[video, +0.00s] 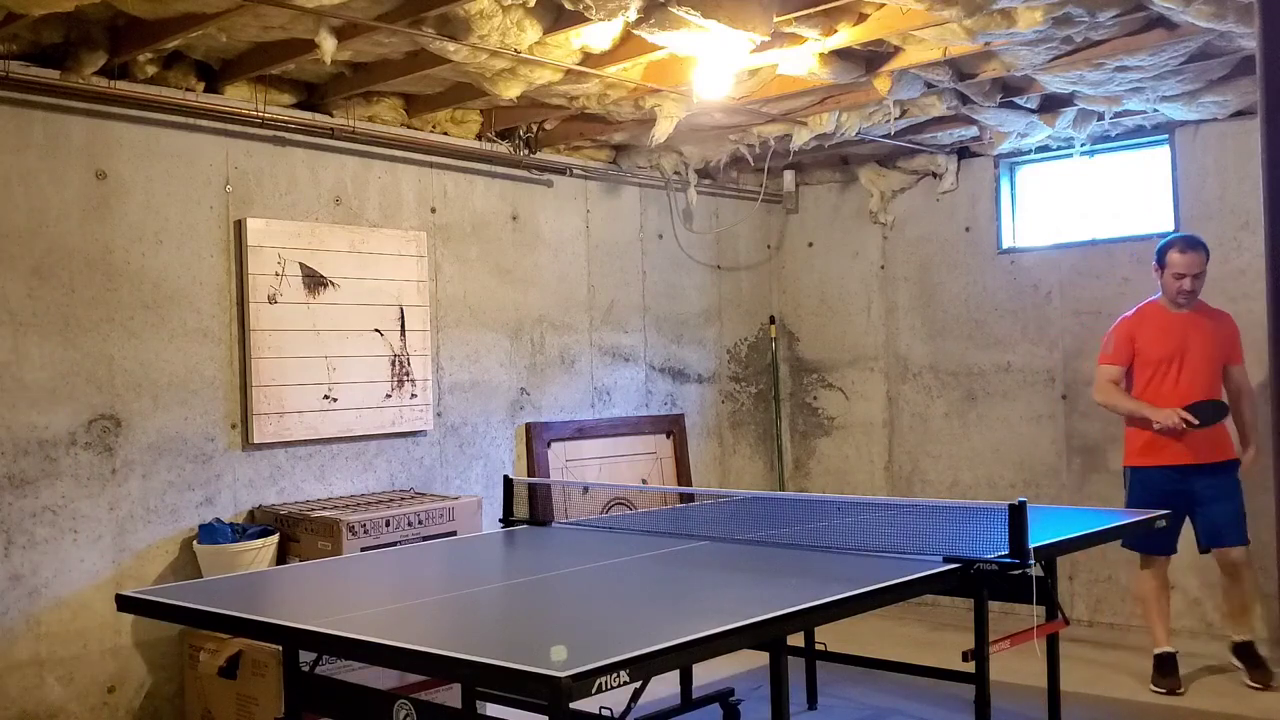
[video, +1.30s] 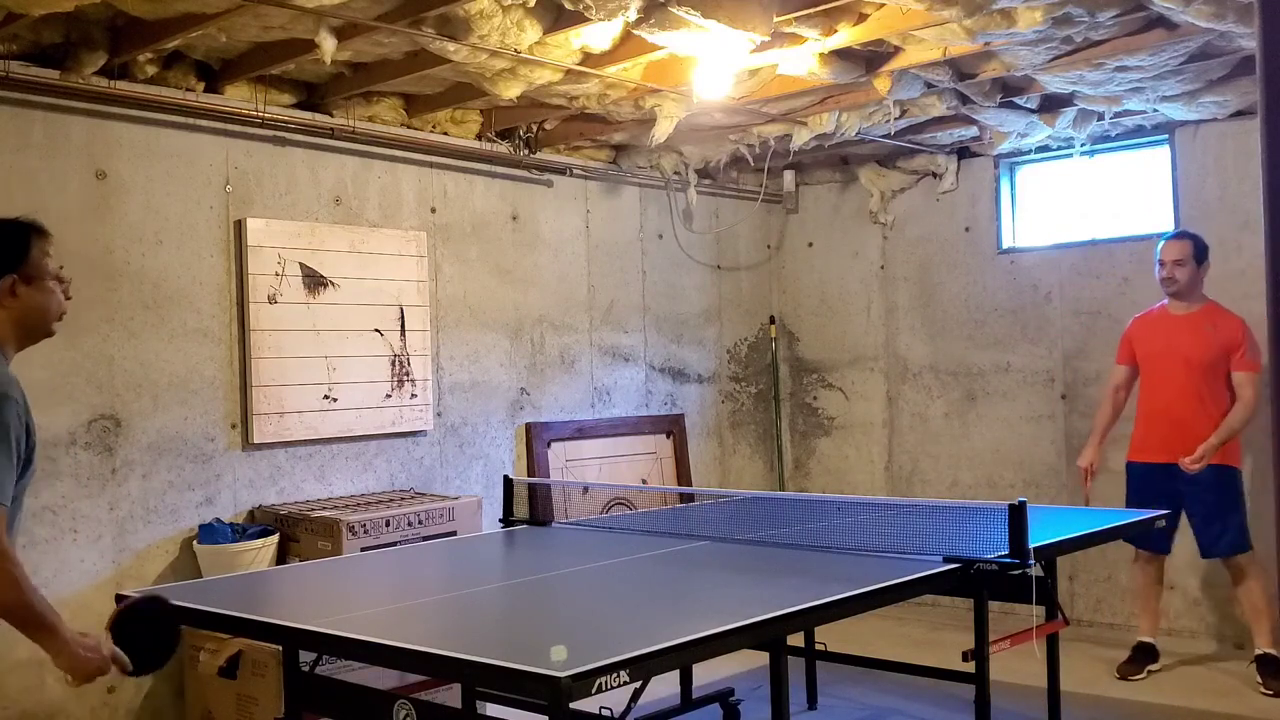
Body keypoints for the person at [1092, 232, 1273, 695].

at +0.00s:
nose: (1188, 284)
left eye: (1196, 275)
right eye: (1179, 275)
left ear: (1205, 273)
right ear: (1159, 272)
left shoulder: (1221, 324)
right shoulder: (1131, 326)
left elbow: (1239, 389)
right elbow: (1103, 391)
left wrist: (1249, 442)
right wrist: (1151, 412)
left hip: (1216, 465)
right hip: (1153, 468)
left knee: (1235, 557)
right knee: (1153, 561)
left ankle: (1244, 644)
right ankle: (1163, 654)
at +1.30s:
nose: (1167, 272)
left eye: (1177, 264)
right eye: (1162, 264)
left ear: (1201, 269)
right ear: (1157, 268)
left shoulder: (1230, 327)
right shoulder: (1142, 325)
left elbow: (1247, 399)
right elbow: (1118, 389)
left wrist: (1214, 442)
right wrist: (1094, 443)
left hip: (1212, 462)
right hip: (1149, 460)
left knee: (1236, 555)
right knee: (1147, 552)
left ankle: (1266, 653)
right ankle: (1145, 645)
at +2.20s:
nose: (1216, 291)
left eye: (1229, 284)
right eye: (1210, 279)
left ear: (1245, 285)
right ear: (1200, 272)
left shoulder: (1256, 330)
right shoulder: (1166, 316)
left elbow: (1267, 402)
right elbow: (1115, 367)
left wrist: (1235, 395)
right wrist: (1136, 398)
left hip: (1228, 460)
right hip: (1166, 456)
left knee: (1233, 555)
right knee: (1152, 548)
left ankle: (1243, 657)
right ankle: (1145, 641)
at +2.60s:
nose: (1222, 298)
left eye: (1235, 291)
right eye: (1217, 287)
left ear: (1256, 294)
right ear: (1210, 283)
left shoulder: (1266, 342)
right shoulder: (1180, 322)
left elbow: (1271, 398)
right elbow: (1119, 368)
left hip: (1226, 461)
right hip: (1164, 454)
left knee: (1232, 556)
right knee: (1147, 543)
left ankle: (1244, 656)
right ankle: (1144, 618)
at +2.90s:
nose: (1173, 288)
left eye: (1185, 282)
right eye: (1169, 279)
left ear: (1209, 287)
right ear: (1163, 280)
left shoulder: (1232, 345)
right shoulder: (1137, 326)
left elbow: (1256, 414)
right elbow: (1086, 372)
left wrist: (1271, 462)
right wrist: (1042, 419)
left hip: (1195, 470)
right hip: (1130, 461)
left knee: (1211, 561)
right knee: (1101, 547)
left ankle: (1241, 657)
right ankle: (1079, 628)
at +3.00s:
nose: (1145, 291)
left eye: (1156, 284)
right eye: (1140, 282)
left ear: (1181, 289)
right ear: (1134, 284)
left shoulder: (1205, 346)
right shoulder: (1113, 334)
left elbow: (1226, 417)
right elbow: (1075, 385)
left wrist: (1236, 489)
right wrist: (1039, 437)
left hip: (1177, 477)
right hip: (1112, 470)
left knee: (1200, 563)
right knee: (1083, 555)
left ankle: (1240, 659)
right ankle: (1056, 641)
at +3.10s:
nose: (1113, 292)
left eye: (1124, 285)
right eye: (1109, 284)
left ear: (1149, 291)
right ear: (1103, 287)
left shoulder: (1173, 347)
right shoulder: (1086, 340)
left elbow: (1196, 417)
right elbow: (1057, 398)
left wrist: (1194, 485)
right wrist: (1030, 455)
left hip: (1154, 483)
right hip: (1089, 478)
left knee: (1188, 565)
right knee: (1067, 559)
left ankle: (1236, 658)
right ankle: (1054, 642)